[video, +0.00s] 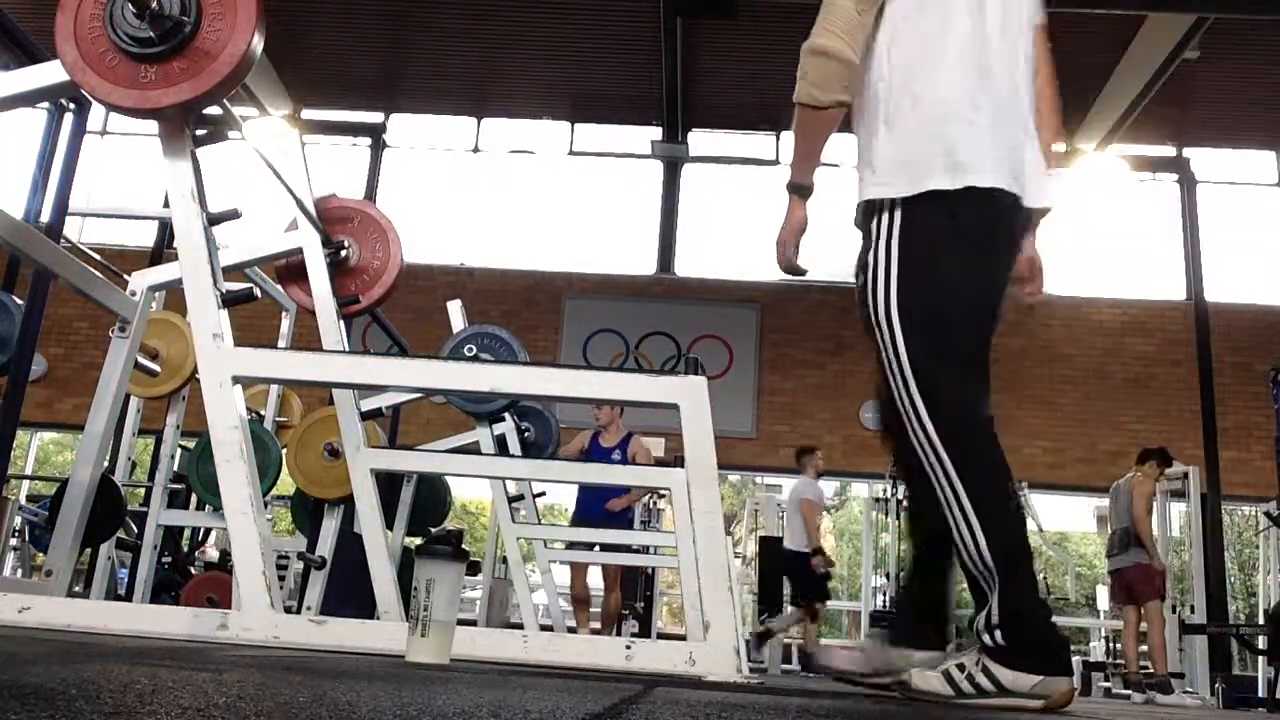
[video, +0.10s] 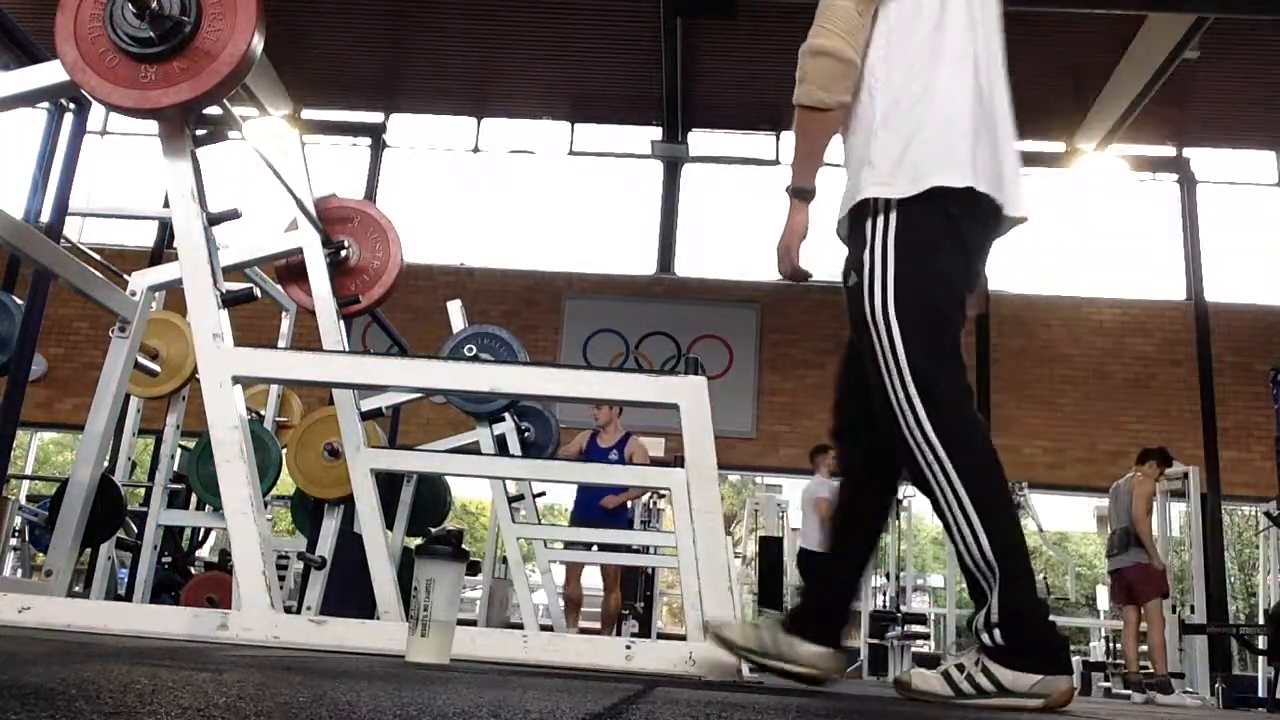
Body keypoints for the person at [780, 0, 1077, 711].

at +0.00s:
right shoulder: (1019, 9)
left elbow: (831, 53)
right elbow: (1038, 90)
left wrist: (799, 191)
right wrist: (1025, 223)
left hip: (919, 183)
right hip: (995, 194)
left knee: (938, 415)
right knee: (929, 417)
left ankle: (1024, 652)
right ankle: (915, 636)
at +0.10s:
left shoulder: (865, 2)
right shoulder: (967, 21)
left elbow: (831, 57)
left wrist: (800, 197)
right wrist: (970, 249)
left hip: (908, 173)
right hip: (970, 178)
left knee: (928, 413)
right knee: (872, 420)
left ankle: (1028, 653)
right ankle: (813, 632)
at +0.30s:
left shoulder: (828, 4)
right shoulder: (836, 13)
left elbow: (819, 67)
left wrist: (787, 203)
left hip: (875, 189)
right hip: (848, 199)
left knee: (866, 424)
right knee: (781, 425)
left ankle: (1011, 634)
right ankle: (728, 636)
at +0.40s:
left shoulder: (804, 5)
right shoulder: (769, 26)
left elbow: (812, 71)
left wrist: (768, 207)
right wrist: (749, 291)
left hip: (861, 183)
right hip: (823, 194)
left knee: (787, 400)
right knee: (745, 416)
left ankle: (960, 592)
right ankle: (725, 637)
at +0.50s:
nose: (638, 7)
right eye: (634, 5)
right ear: (662, 11)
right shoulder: (712, 66)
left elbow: (803, 84)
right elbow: (725, 191)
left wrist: (745, 207)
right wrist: (690, 301)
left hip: (851, 178)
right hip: (797, 195)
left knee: (762, 368)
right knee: (729, 407)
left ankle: (877, 588)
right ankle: (725, 635)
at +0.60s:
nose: (585, 16)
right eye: (579, 10)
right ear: (602, 19)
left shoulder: (726, 1)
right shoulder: (666, 96)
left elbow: (791, 100)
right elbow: (671, 221)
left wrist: (736, 231)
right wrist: (627, 327)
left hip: (841, 184)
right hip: (785, 206)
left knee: (756, 373)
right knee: (714, 395)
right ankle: (721, 615)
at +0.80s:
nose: (518, 85)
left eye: (516, 59)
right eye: (505, 78)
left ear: (560, 19)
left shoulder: (675, 27)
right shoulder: (613, 147)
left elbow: (775, 143)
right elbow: (595, 272)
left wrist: (729, 276)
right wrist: (536, 388)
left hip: (826, 202)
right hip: (769, 232)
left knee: (719, 384)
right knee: (676, 404)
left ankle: (697, 620)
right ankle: (726, 629)